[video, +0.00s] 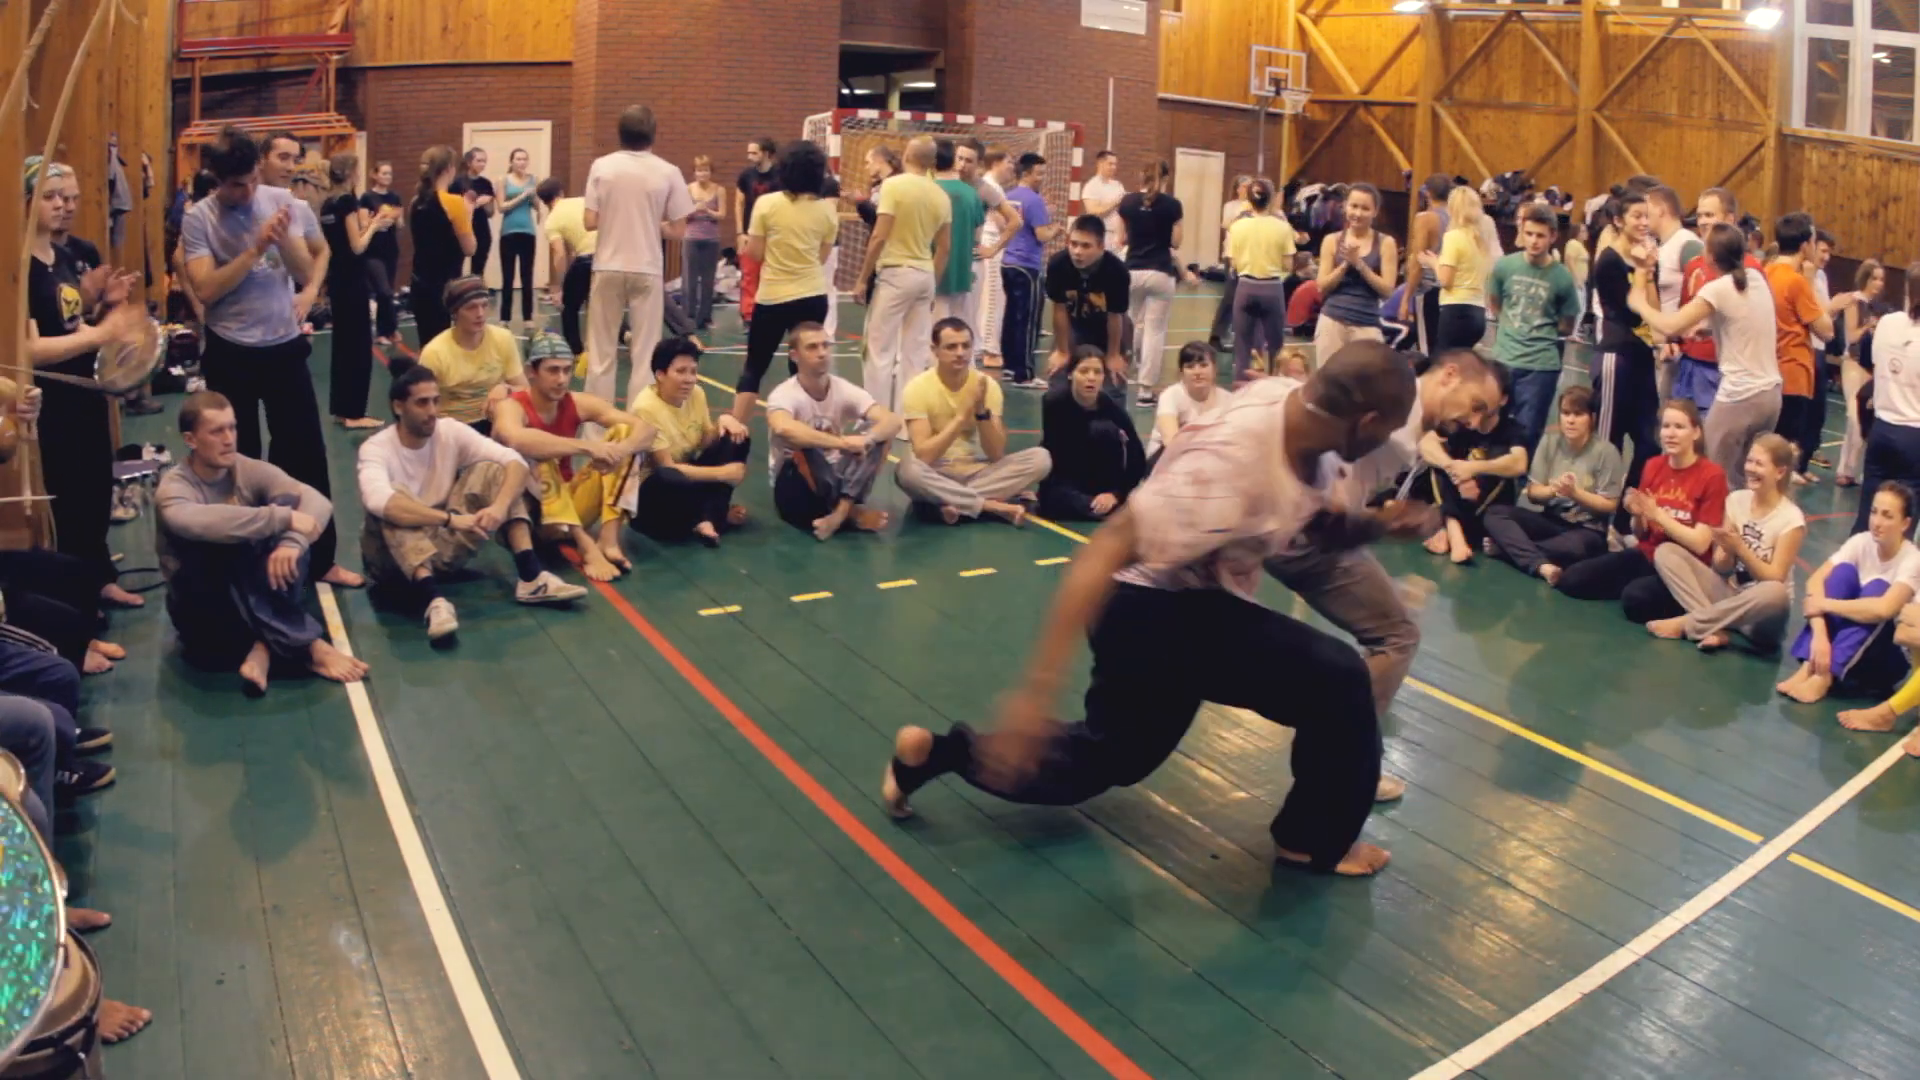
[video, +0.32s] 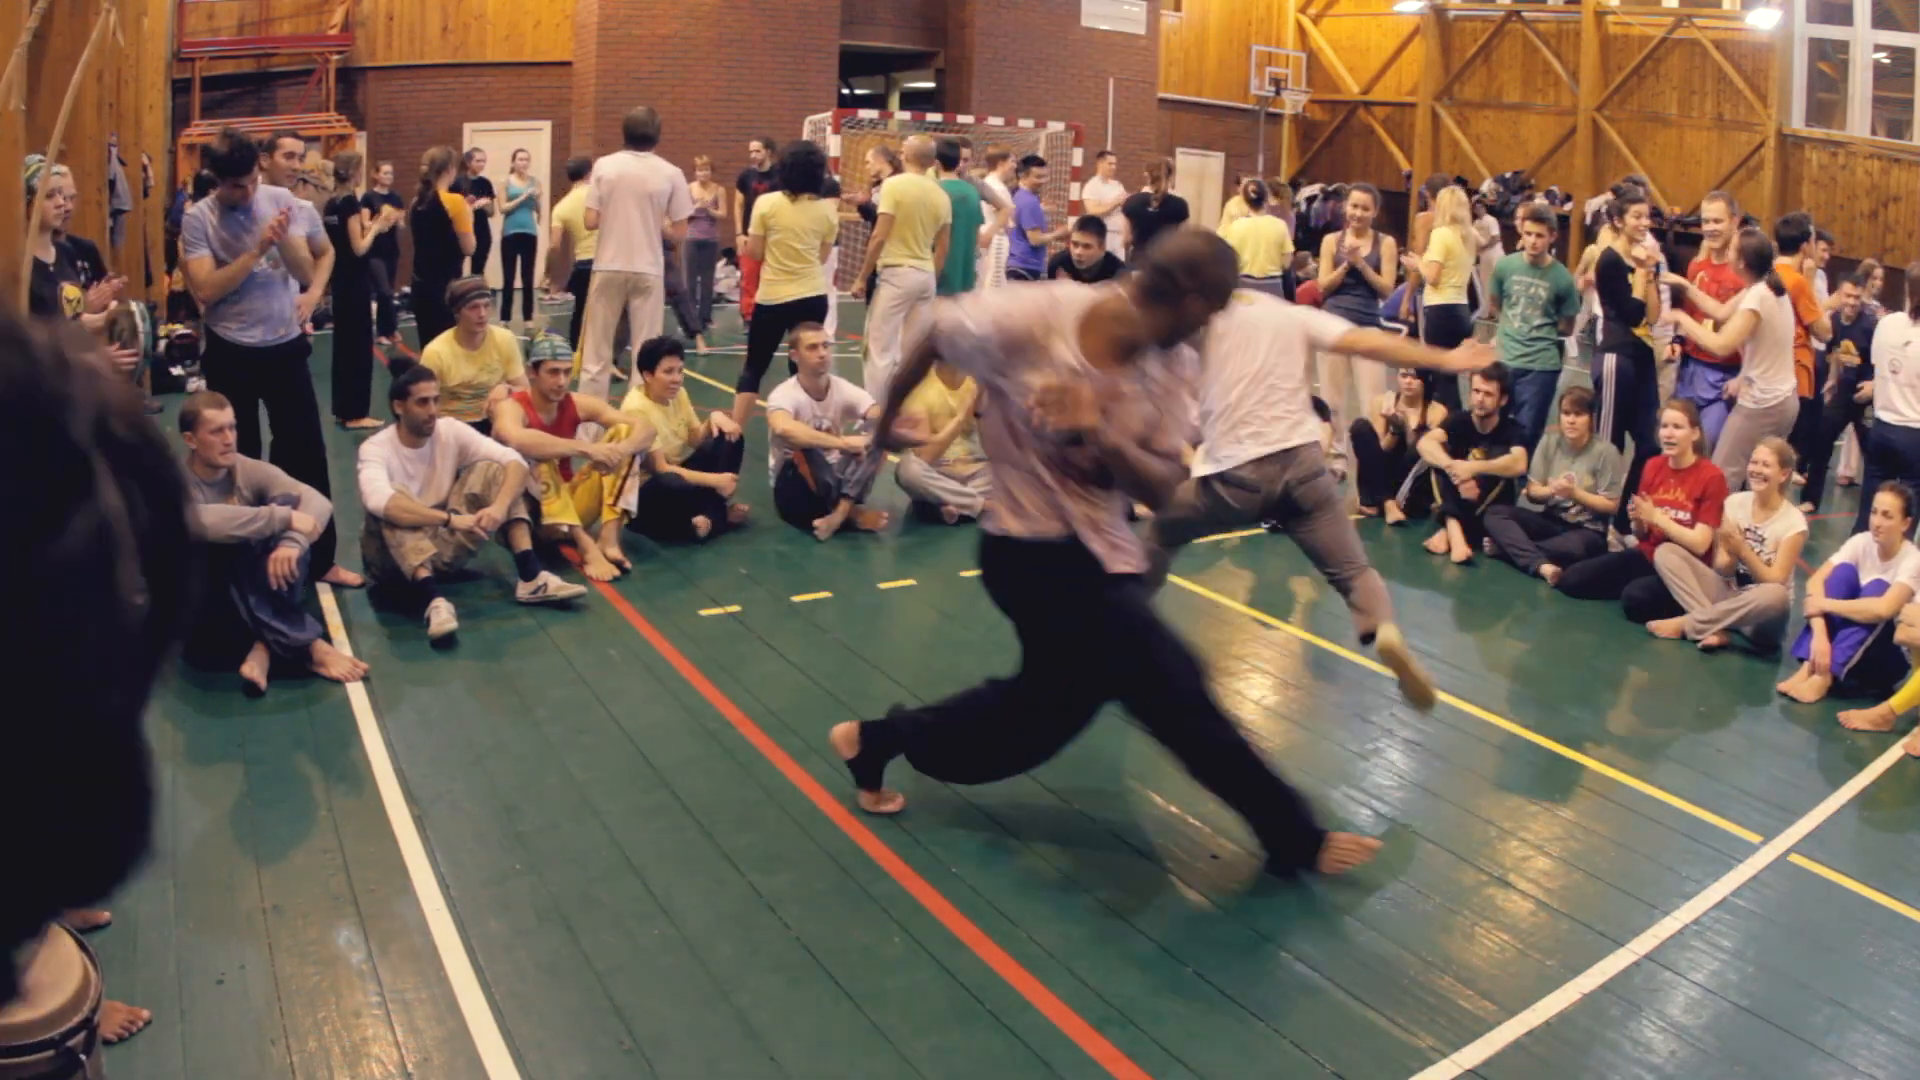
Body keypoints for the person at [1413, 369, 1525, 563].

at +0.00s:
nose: (1482, 406)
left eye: (1489, 403)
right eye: (1476, 403)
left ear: (1503, 400)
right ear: (1471, 394)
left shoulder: (1510, 429)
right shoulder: (1457, 421)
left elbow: (1519, 464)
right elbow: (1426, 444)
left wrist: (1473, 468)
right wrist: (1456, 472)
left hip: (1493, 508)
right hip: (1454, 502)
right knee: (1439, 465)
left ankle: (1446, 529)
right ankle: (1454, 530)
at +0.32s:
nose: (1480, 399)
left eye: (1488, 394)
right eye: (1476, 392)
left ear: (1503, 400)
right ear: (1470, 392)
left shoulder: (1511, 429)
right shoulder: (1458, 420)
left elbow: (1519, 464)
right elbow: (1424, 444)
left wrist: (1473, 468)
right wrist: (1457, 472)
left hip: (1492, 509)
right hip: (1453, 502)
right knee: (1439, 464)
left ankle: (1449, 530)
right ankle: (1454, 530)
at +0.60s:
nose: (1480, 399)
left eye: (1488, 394)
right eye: (1476, 392)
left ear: (1503, 400)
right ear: (1470, 392)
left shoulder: (1511, 428)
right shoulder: (1459, 419)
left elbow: (1519, 464)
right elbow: (1425, 444)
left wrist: (1472, 467)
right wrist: (1458, 474)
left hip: (1493, 509)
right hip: (1454, 502)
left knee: (1500, 457)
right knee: (1437, 457)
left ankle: (1448, 529)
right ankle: (1454, 529)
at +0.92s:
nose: (1480, 399)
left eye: (1488, 395)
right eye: (1476, 392)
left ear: (1503, 400)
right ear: (1469, 392)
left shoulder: (1511, 429)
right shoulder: (1459, 419)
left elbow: (1519, 464)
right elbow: (1425, 444)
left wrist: (1472, 467)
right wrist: (1458, 474)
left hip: (1492, 508)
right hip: (1454, 501)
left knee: (1501, 460)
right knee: (1437, 458)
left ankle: (1448, 529)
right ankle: (1454, 529)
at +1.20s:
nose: (1479, 400)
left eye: (1487, 395)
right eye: (1475, 392)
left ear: (1503, 400)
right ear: (1469, 392)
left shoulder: (1511, 429)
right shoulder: (1457, 420)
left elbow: (1519, 464)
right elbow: (1432, 441)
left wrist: (1471, 468)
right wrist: (1459, 475)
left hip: (1491, 508)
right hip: (1454, 499)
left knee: (1501, 461)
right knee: (1435, 463)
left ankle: (1448, 528)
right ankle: (1454, 529)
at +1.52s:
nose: (1479, 399)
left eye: (1488, 395)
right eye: (1476, 392)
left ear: (1503, 400)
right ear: (1469, 393)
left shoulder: (1511, 429)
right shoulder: (1458, 419)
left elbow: (1518, 464)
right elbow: (1425, 444)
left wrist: (1471, 467)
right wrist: (1454, 469)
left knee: (1500, 455)